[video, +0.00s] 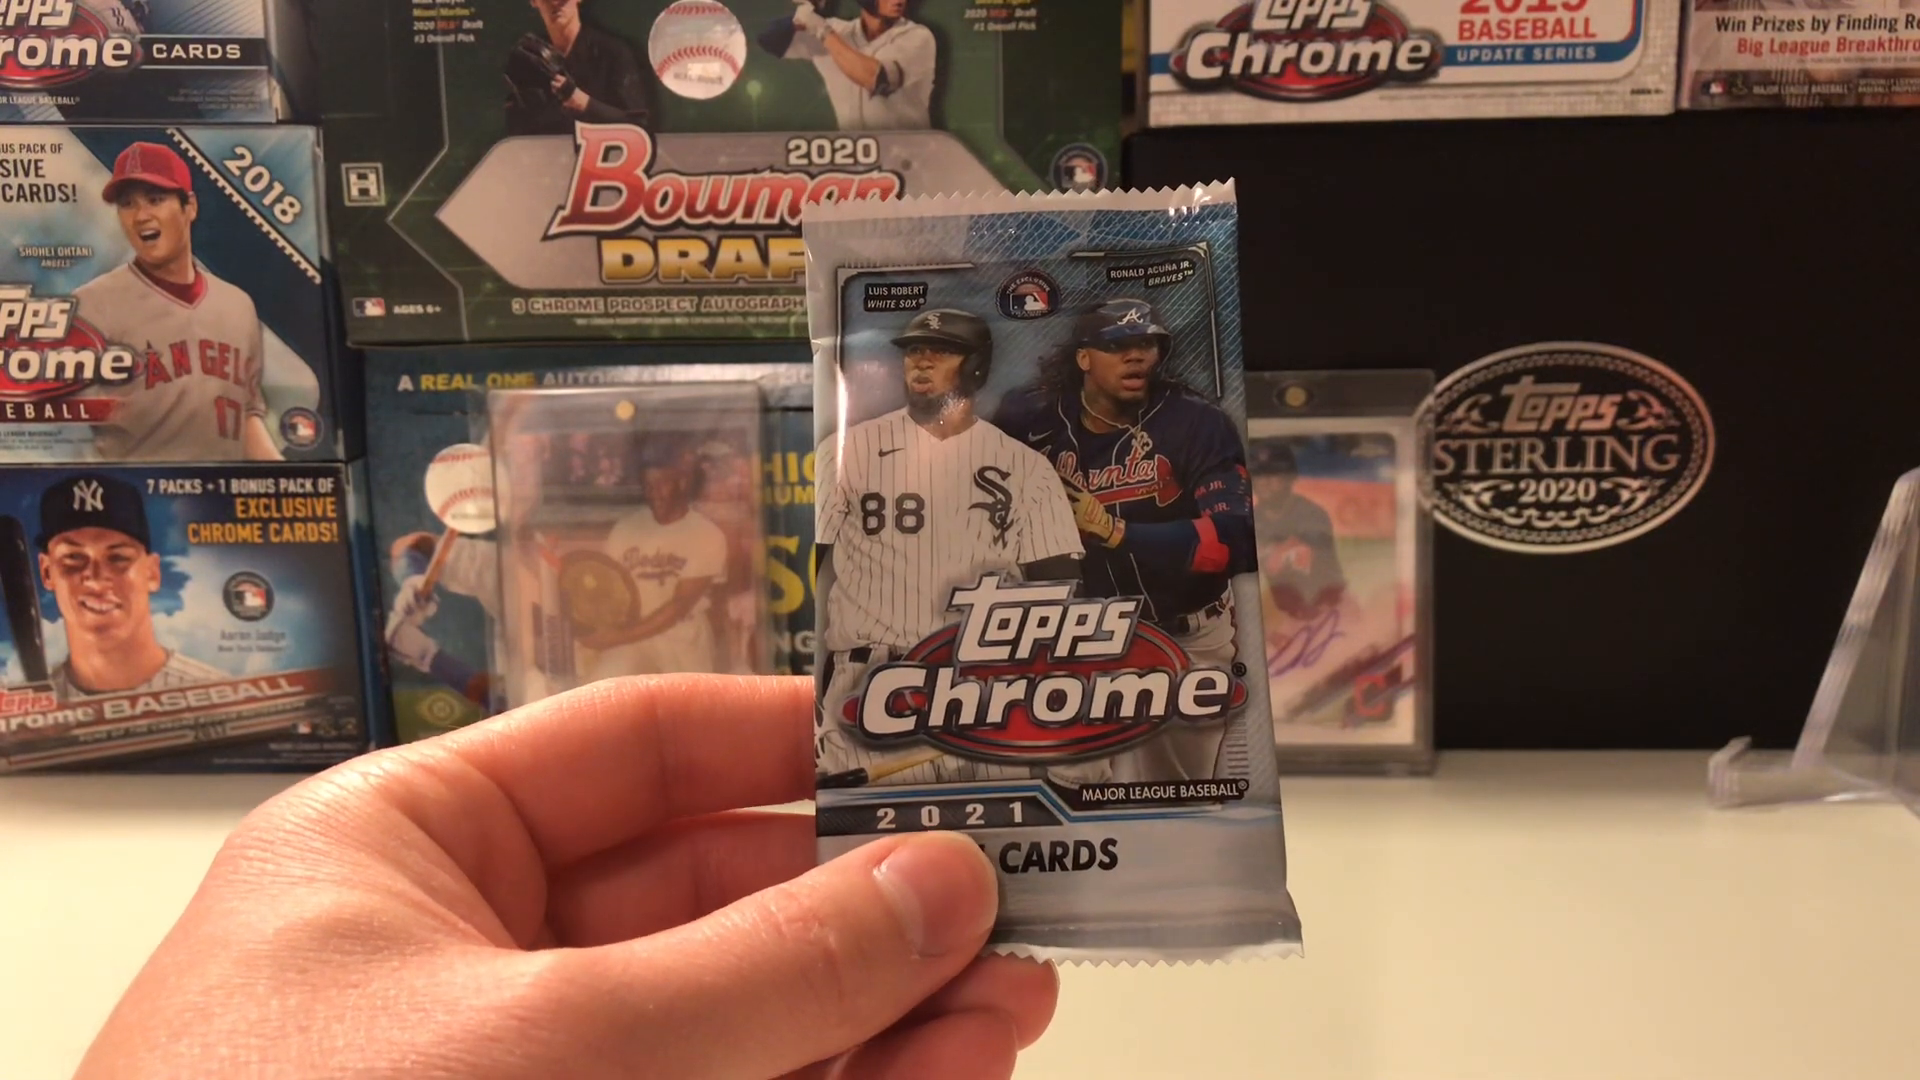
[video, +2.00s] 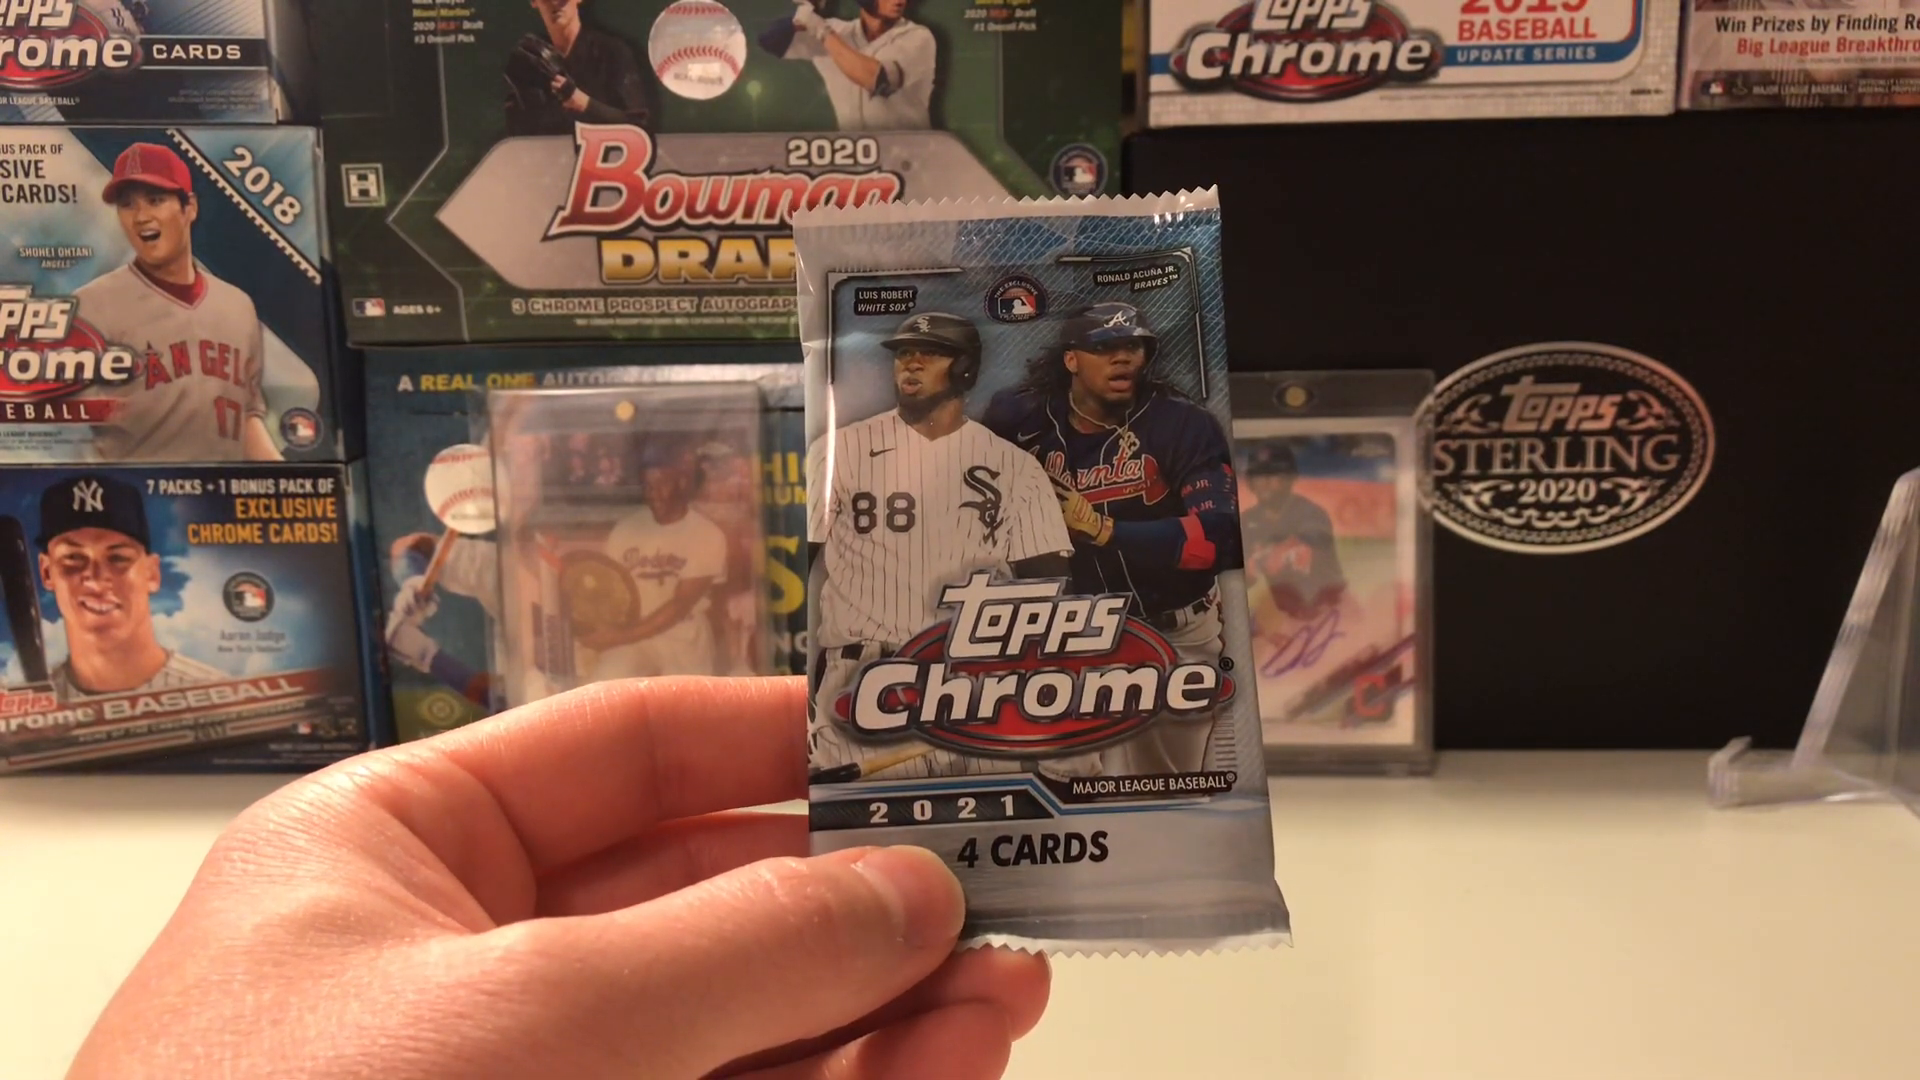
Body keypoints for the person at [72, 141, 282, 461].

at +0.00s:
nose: (142, 215)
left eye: (156, 199)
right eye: (128, 203)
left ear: (189, 208)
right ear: (119, 217)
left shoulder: (239, 306)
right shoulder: (92, 306)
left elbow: (247, 413)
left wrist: (283, 482)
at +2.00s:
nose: (142, 216)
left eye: (156, 199)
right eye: (128, 203)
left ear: (189, 209)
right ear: (118, 217)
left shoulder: (239, 307)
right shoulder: (91, 307)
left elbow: (247, 414)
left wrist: (283, 483)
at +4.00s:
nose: (142, 216)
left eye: (156, 199)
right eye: (128, 203)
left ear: (189, 209)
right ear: (118, 216)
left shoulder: (239, 306)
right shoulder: (90, 307)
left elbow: (248, 414)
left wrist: (284, 482)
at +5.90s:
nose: (142, 216)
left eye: (156, 199)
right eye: (128, 203)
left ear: (189, 209)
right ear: (118, 216)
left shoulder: (239, 307)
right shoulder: (90, 307)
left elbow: (248, 414)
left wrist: (283, 482)